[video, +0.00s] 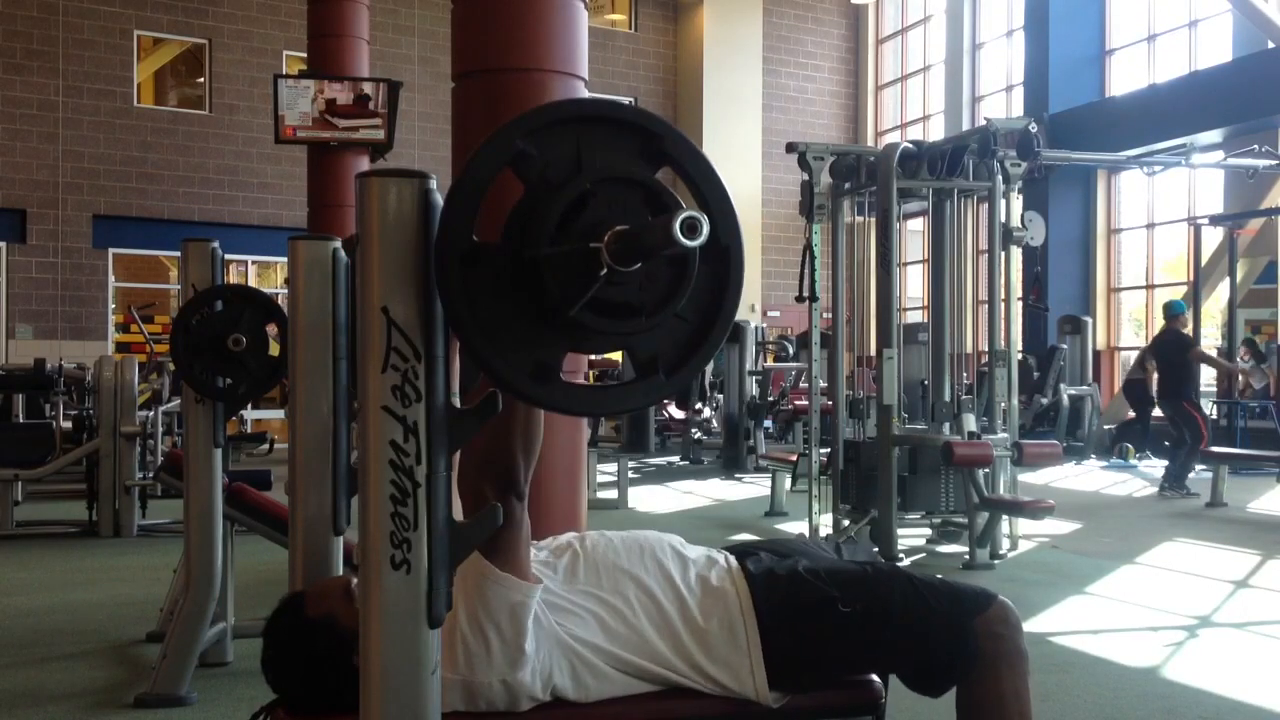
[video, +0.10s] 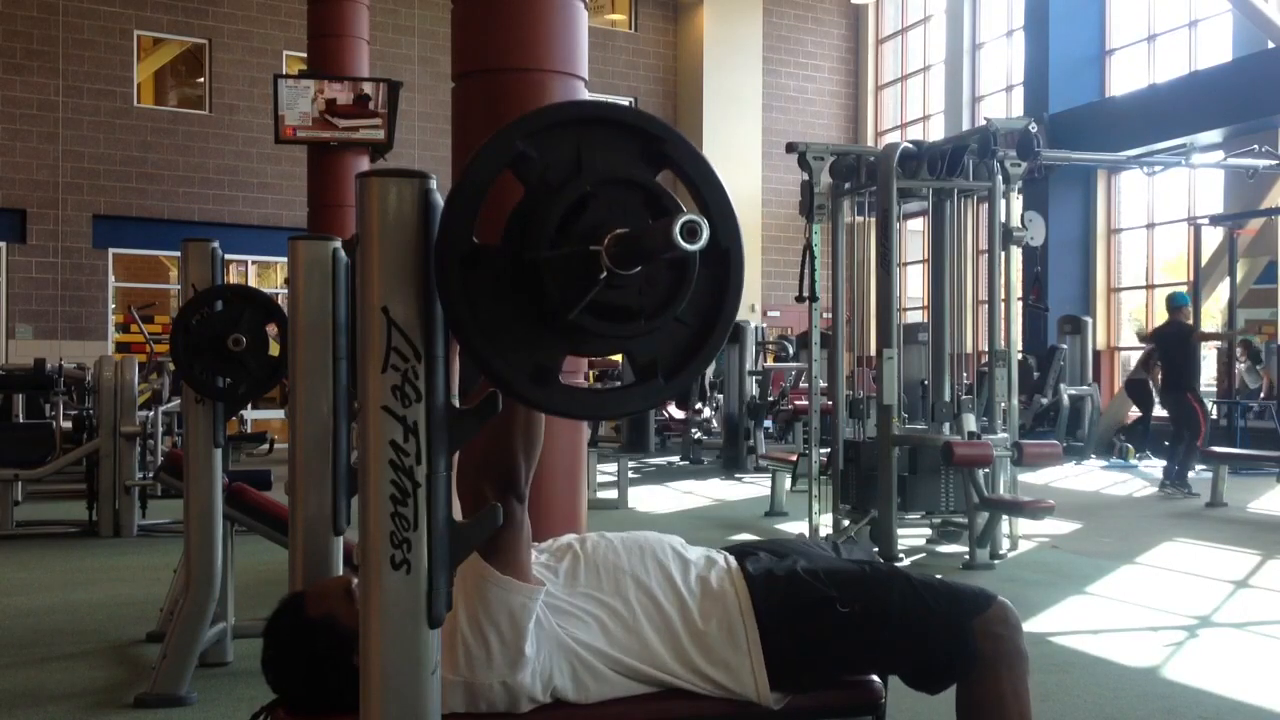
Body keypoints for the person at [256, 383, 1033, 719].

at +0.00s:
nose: (358, 578)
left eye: (340, 581)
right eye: (342, 594)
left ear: (349, 647)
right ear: (356, 642)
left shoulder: (454, 637)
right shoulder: (474, 664)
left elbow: (493, 494)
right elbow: (509, 485)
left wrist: (504, 346)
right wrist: (527, 323)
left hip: (716, 582)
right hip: (742, 617)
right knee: (988, 623)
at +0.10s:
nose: (357, 572)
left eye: (338, 576)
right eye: (342, 590)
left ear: (344, 654)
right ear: (356, 639)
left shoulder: (454, 649)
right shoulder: (474, 662)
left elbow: (492, 495)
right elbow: (510, 482)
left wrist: (503, 351)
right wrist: (531, 312)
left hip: (717, 591)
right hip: (749, 613)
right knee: (987, 625)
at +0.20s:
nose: (361, 575)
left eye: (342, 578)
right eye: (346, 593)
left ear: (350, 655)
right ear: (361, 649)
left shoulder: (448, 636)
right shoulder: (477, 665)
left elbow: (485, 485)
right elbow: (513, 486)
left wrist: (515, 344)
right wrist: (534, 322)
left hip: (716, 582)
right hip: (743, 616)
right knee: (987, 625)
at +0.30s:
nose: (363, 575)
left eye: (346, 578)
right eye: (348, 590)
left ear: (349, 644)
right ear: (357, 643)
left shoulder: (452, 639)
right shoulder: (468, 679)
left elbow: (506, 500)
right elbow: (526, 503)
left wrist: (514, 335)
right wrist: (517, 323)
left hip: (721, 583)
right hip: (739, 616)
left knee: (957, 604)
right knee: (985, 625)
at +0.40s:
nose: (355, 575)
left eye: (336, 580)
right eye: (338, 595)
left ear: (346, 659)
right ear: (355, 646)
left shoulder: (436, 627)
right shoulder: (475, 668)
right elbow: (549, 525)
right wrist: (523, 349)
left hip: (721, 593)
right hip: (741, 614)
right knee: (987, 627)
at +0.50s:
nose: (356, 566)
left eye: (338, 568)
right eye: (341, 585)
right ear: (345, 642)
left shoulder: (440, 608)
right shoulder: (457, 670)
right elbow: (568, 586)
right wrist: (539, 448)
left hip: (733, 588)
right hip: (748, 614)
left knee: (865, 689)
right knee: (985, 626)